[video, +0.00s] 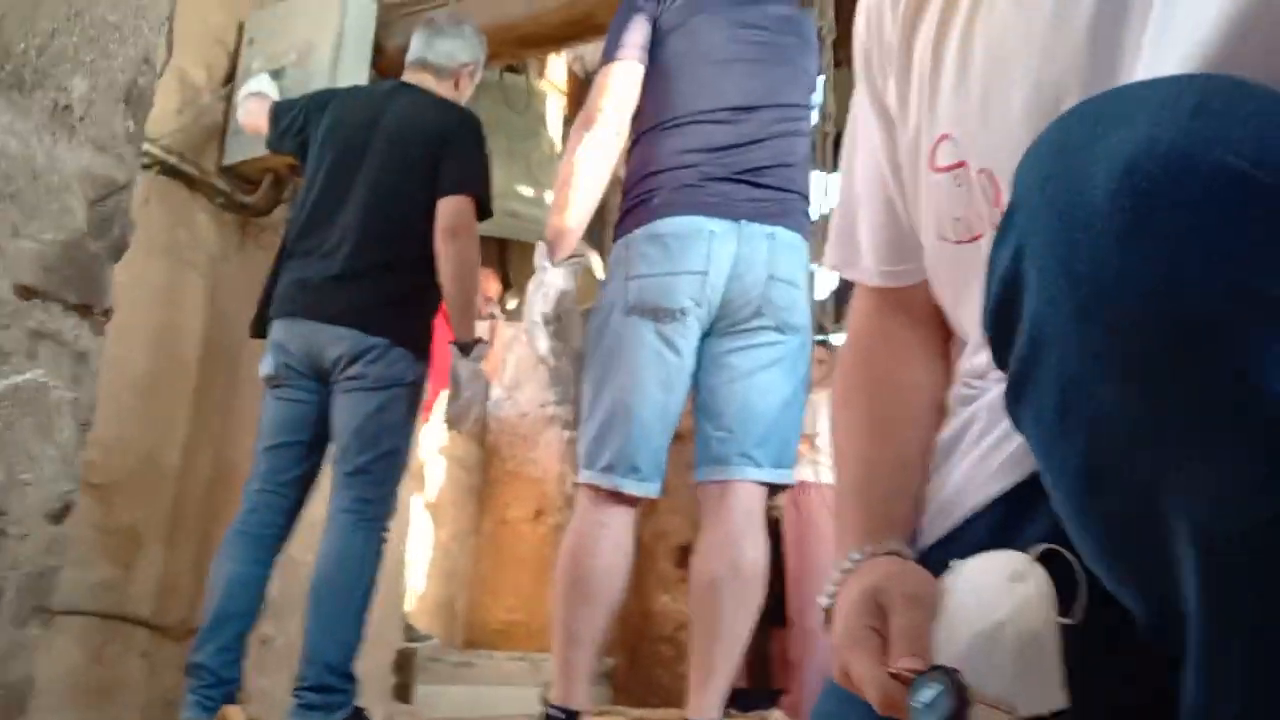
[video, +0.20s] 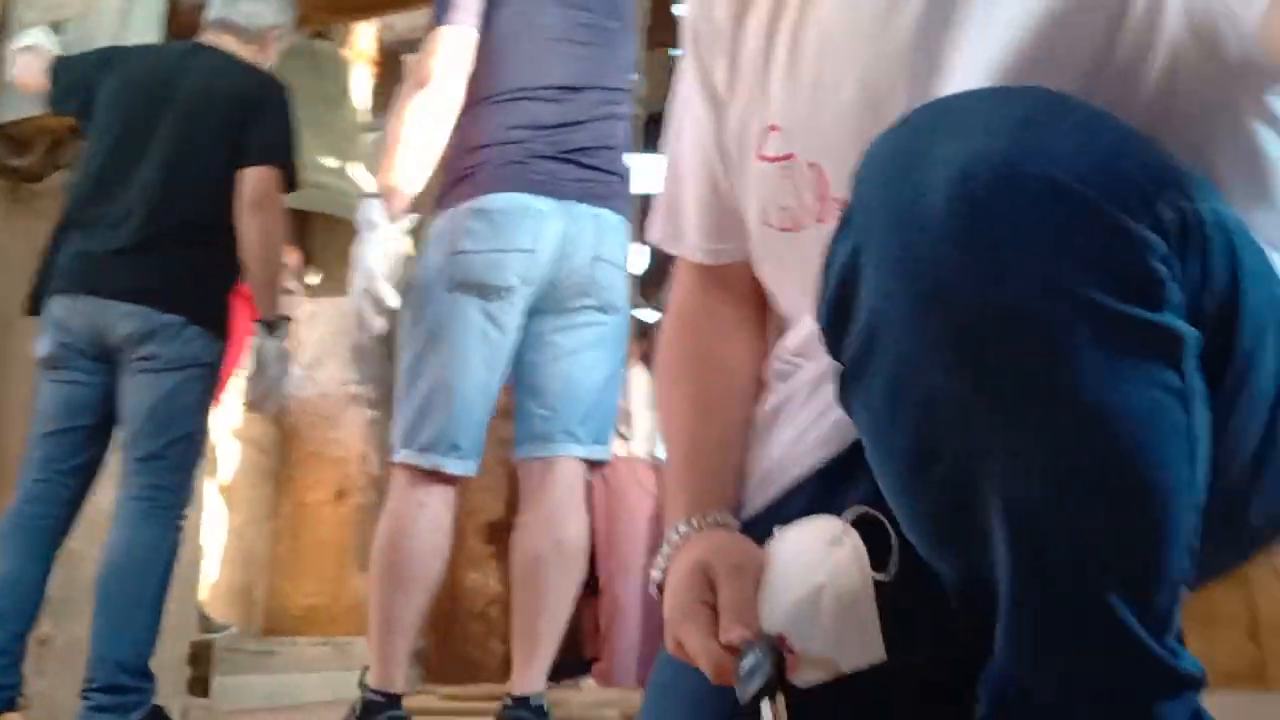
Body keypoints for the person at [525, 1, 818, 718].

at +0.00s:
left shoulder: (653, 6)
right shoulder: (802, 21)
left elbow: (607, 117)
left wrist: (557, 250)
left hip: (672, 233)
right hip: (781, 245)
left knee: (610, 491)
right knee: (740, 494)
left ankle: (567, 705)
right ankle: (706, 710)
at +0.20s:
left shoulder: (481, 1)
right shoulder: (621, 9)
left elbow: (442, 78)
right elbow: (613, 116)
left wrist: (386, 205)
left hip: (493, 210)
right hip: (601, 221)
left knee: (429, 469)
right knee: (559, 469)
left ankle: (384, 694)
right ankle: (527, 697)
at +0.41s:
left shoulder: (559, 4)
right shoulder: (696, 11)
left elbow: (524, 75)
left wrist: (472, 203)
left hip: (569, 204)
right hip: (673, 214)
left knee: (504, 458)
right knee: (630, 461)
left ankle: (459, 681)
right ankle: (595, 689)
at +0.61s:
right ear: (614, 5)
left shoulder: (516, 21)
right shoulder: (649, 56)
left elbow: (468, 135)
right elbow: (647, 177)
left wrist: (418, 264)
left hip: (528, 260)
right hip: (633, 273)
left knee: (470, 518)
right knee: (597, 518)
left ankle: (433, 711)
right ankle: (575, 715)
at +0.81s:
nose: (558, 42)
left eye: (567, 28)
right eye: (566, 30)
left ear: (590, 30)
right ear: (643, 53)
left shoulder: (539, 79)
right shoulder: (678, 114)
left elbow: (488, 193)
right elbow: (669, 229)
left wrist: (439, 314)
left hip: (549, 312)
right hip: (654, 328)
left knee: (482, 557)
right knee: (612, 559)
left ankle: (442, 718)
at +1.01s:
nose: (490, 90)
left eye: (498, 77)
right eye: (498, 78)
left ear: (520, 75)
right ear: (575, 100)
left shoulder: (469, 127)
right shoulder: (610, 158)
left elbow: (421, 242)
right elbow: (605, 273)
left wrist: (371, 377)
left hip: (481, 361)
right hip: (593, 373)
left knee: (415, 617)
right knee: (551, 614)